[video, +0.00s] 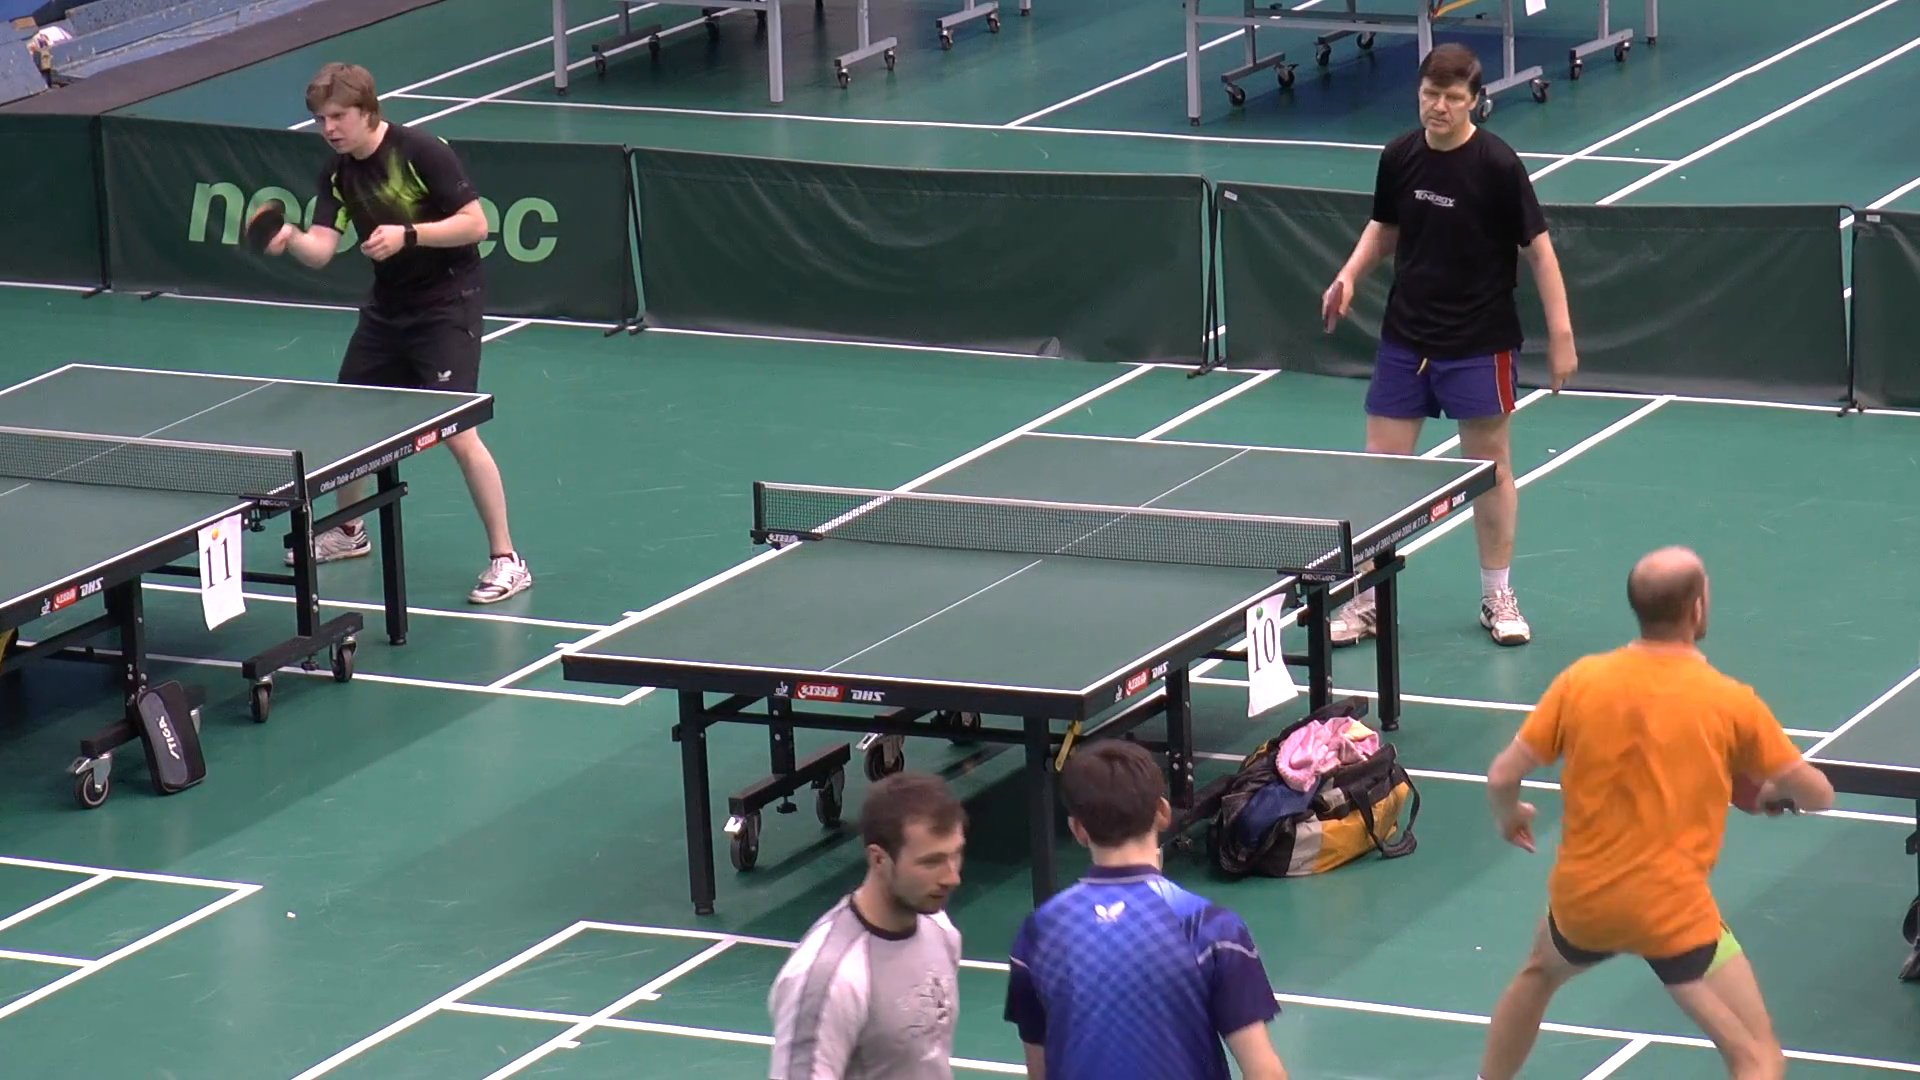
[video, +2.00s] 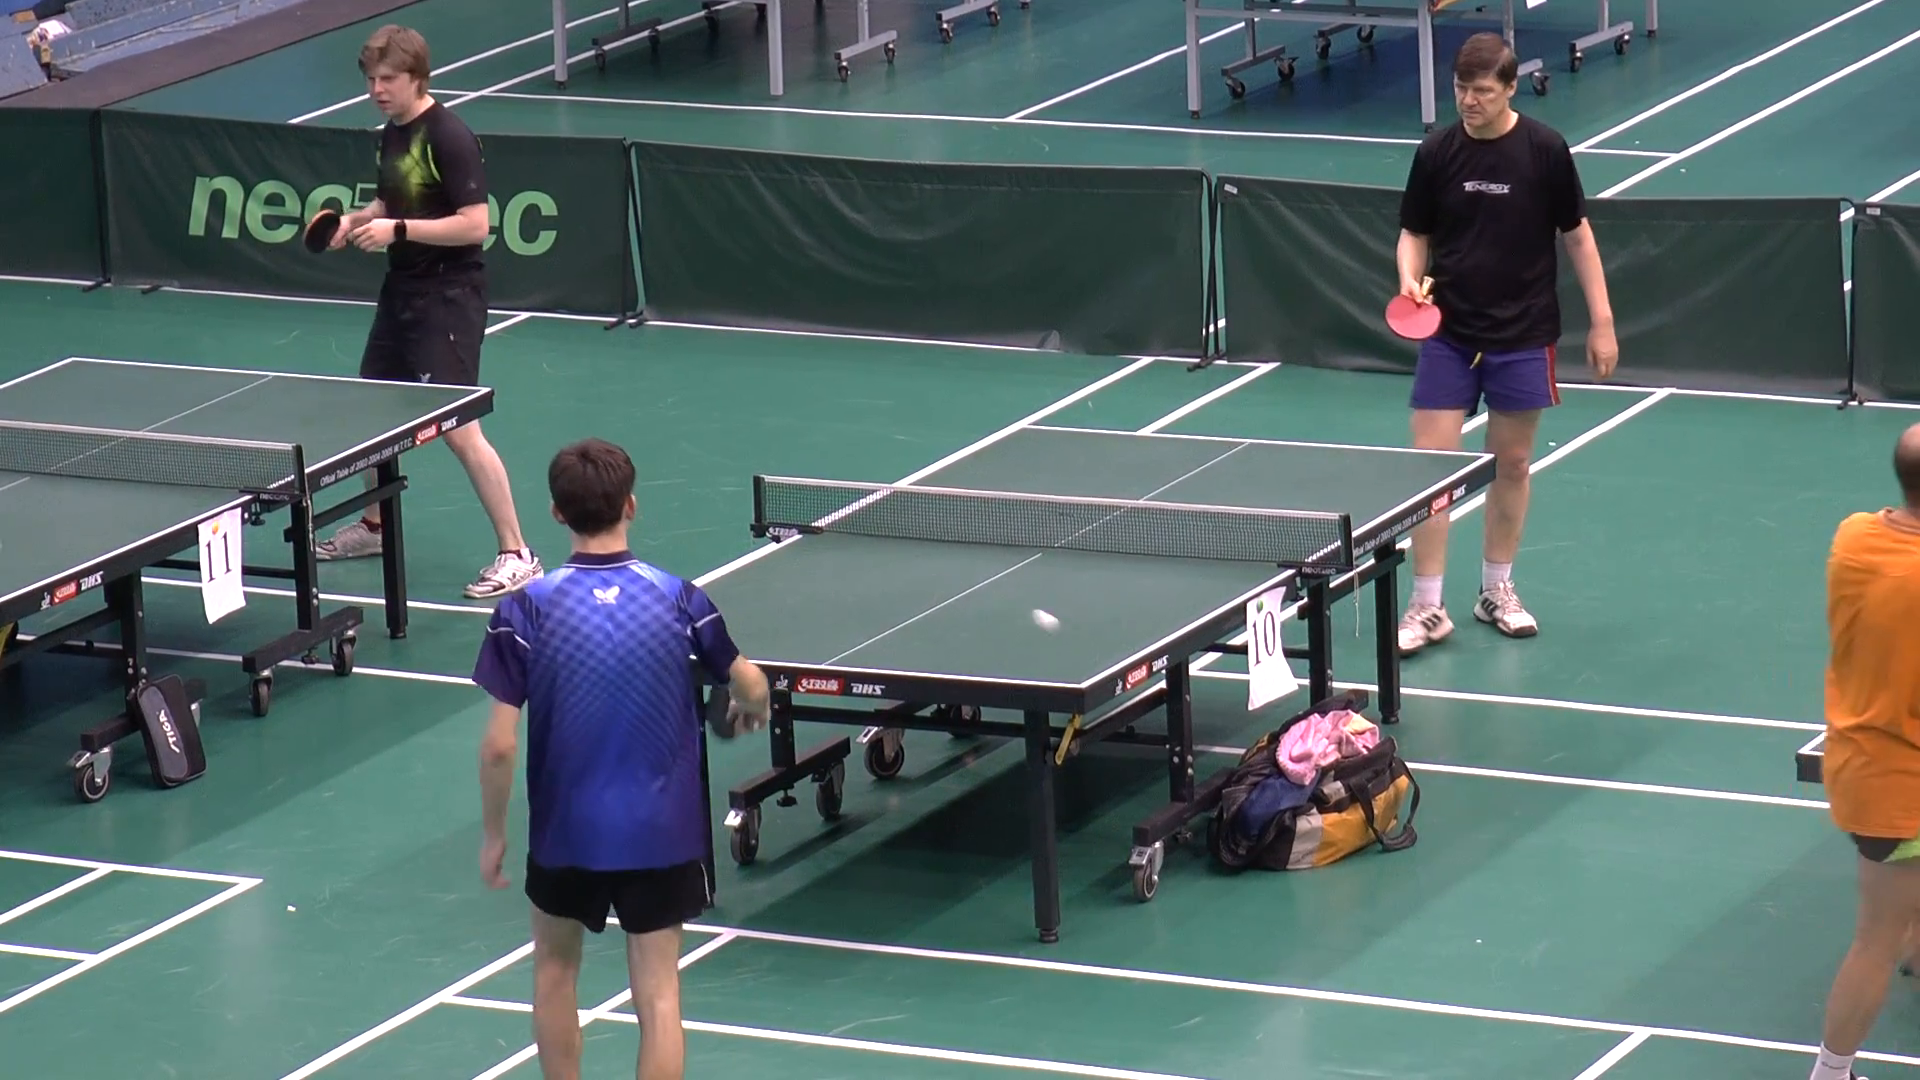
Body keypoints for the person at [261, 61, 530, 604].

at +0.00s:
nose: (327, 128)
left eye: (336, 117)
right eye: (321, 119)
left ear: (367, 112)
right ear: (320, 121)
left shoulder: (422, 150)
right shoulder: (337, 172)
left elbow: (476, 223)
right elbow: (320, 253)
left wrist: (409, 234)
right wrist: (290, 237)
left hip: (447, 309)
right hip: (385, 312)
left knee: (456, 428)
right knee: (345, 419)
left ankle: (506, 558)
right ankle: (350, 531)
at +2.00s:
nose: (376, 91)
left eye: (386, 80)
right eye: (371, 81)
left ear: (418, 78)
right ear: (372, 82)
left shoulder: (450, 134)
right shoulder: (391, 133)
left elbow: (477, 224)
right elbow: (394, 200)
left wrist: (398, 229)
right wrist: (358, 220)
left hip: (449, 298)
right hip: (402, 294)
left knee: (457, 425)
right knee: (374, 411)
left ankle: (516, 554)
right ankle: (377, 525)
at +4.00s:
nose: (359, 89)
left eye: (368, 78)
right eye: (350, 79)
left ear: (392, 71)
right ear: (342, 76)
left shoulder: (428, 125)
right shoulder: (336, 130)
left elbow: (477, 204)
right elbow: (312, 196)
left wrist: (426, 222)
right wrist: (308, 220)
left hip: (422, 291)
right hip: (359, 291)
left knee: (425, 411)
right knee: (344, 409)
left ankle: (428, 537)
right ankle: (358, 537)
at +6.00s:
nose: (581, 138)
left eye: (579, 127)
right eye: (576, 129)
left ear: (595, 121)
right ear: (633, 104)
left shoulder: (606, 186)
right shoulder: (700, 146)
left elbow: (580, 286)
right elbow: (763, 219)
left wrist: (547, 315)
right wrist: (741, 276)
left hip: (677, 333)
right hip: (740, 322)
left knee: (693, 478)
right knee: (729, 464)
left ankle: (704, 603)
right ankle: (722, 589)